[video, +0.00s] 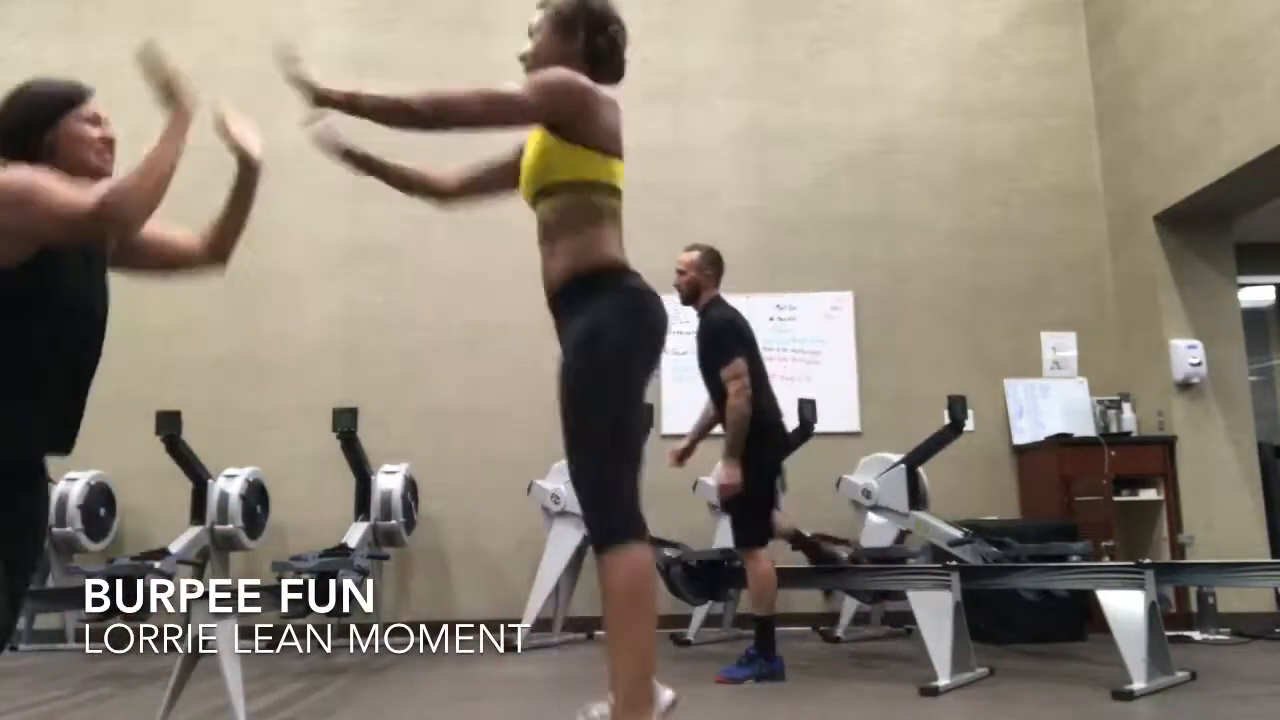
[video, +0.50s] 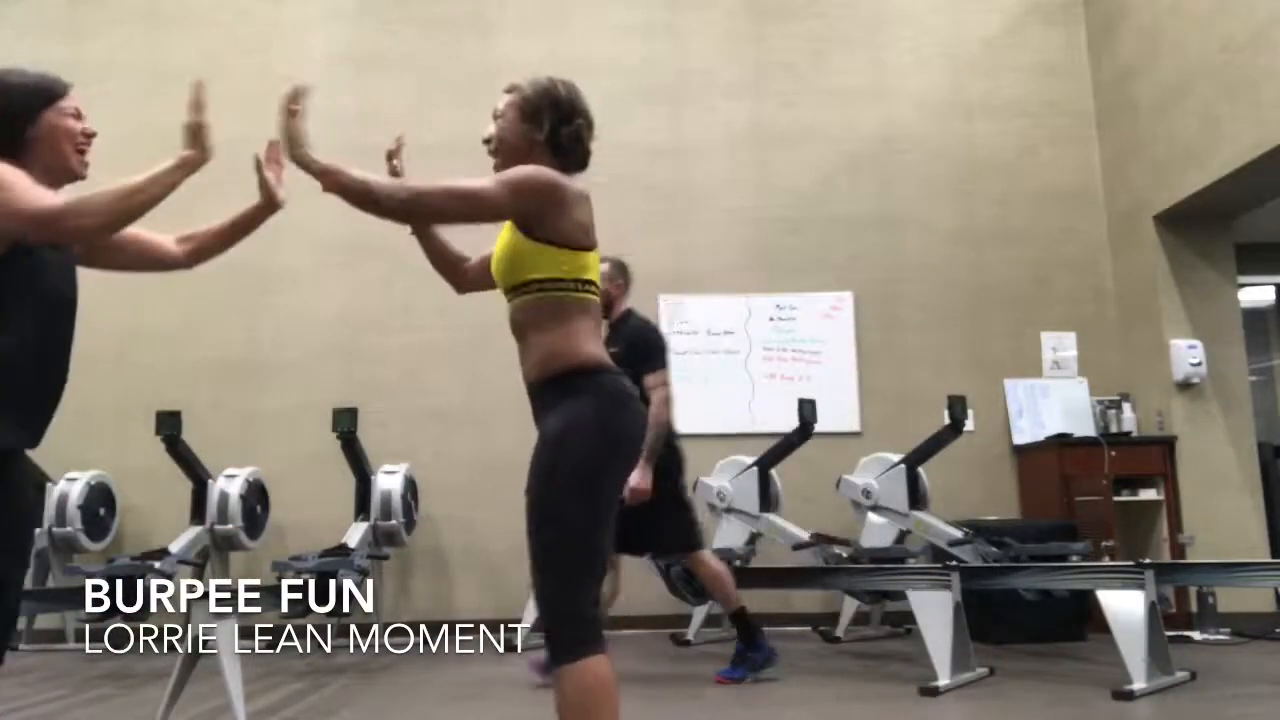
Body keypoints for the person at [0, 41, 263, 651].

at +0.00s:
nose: (107, 132)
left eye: (105, 122)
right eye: (89, 120)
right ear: (43, 135)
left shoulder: (89, 220)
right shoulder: (13, 191)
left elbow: (209, 253)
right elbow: (112, 213)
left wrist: (248, 173)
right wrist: (180, 118)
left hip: (26, 456)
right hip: (3, 452)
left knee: (11, 601)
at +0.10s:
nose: (104, 103)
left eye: (98, 91)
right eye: (86, 92)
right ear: (42, 107)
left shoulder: (100, 190)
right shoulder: (25, 164)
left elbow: (220, 193)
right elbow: (161, 142)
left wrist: (286, 125)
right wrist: (262, 84)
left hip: (31, 427)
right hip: (10, 425)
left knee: (13, 593)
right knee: (9, 591)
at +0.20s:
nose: (105, 99)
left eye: (99, 88)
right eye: (85, 89)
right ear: (35, 108)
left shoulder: (100, 175)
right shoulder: (28, 154)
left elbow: (223, 156)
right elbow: (176, 121)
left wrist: (309, 116)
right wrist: (277, 91)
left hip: (23, 412)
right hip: (1, 412)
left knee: (19, 606)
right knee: (11, 609)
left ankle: (16, 710)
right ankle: (14, 708)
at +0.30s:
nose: (102, 132)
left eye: (98, 118)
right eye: (85, 119)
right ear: (37, 129)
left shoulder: (79, 206)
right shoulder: (19, 181)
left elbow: (204, 200)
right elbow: (160, 159)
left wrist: (296, 146)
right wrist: (286, 110)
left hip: (27, 451)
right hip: (7, 452)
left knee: (27, 648)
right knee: (18, 652)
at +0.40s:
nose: (99, 130)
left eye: (96, 116)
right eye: (82, 117)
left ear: (49, 130)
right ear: (34, 127)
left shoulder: (73, 214)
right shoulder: (12, 182)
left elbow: (190, 230)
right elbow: (116, 197)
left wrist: (284, 184)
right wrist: (244, 136)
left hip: (20, 456)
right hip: (7, 455)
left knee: (11, 639)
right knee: (9, 639)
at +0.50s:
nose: (88, 130)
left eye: (84, 117)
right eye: (73, 116)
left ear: (41, 130)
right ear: (27, 125)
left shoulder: (56, 222)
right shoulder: (7, 185)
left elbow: (176, 250)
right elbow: (61, 220)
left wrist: (264, 208)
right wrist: (189, 160)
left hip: (16, 453)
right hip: (4, 451)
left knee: (9, 628)